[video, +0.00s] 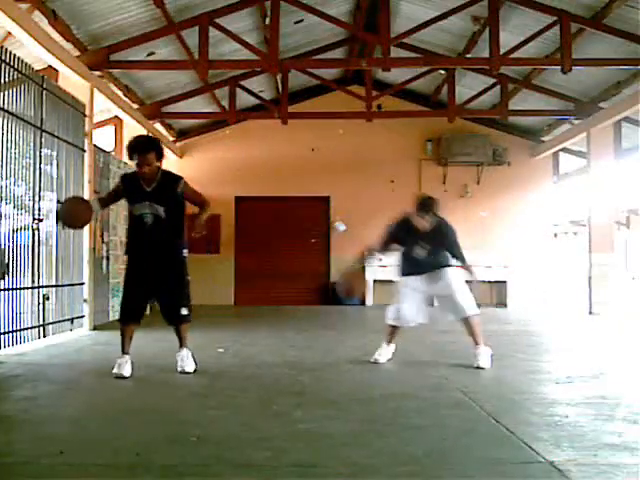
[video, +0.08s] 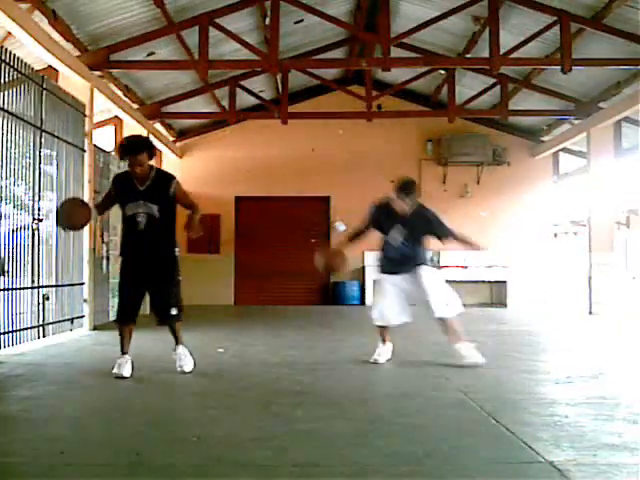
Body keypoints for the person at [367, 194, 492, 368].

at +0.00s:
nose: (424, 223)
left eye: (428, 220)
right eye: (421, 219)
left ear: (434, 217)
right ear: (415, 214)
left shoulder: (442, 227)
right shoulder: (405, 225)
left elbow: (455, 249)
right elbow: (389, 241)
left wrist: (466, 267)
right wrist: (379, 250)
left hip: (442, 273)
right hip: (412, 276)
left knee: (465, 307)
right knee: (399, 312)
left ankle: (481, 348)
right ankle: (387, 346)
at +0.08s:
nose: (402, 205)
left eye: (406, 202)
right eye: (400, 200)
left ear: (413, 200)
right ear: (395, 196)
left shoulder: (422, 215)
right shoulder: (383, 210)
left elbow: (448, 235)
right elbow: (364, 229)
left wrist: (472, 245)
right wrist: (343, 244)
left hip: (418, 269)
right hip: (389, 272)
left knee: (440, 304)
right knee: (381, 311)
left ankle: (460, 344)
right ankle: (385, 345)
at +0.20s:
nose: (381, 189)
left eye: (386, 185)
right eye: (379, 184)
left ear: (395, 183)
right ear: (375, 180)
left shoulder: (405, 200)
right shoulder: (367, 196)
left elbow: (440, 221)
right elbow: (351, 221)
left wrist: (477, 236)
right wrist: (329, 235)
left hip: (399, 260)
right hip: (370, 262)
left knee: (412, 301)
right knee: (367, 306)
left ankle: (418, 345)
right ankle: (375, 344)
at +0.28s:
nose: (359, 180)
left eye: (363, 176)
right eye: (357, 175)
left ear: (373, 175)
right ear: (354, 174)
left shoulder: (386, 192)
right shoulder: (349, 193)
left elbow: (411, 213)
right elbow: (340, 224)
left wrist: (430, 226)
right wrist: (322, 239)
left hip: (381, 260)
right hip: (353, 259)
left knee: (383, 307)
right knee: (342, 303)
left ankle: (380, 345)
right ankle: (346, 340)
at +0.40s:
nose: (337, 181)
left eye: (341, 176)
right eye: (335, 177)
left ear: (349, 175)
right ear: (332, 176)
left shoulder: (366, 192)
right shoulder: (330, 200)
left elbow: (386, 220)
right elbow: (327, 234)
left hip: (366, 265)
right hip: (338, 263)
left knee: (368, 308)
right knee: (318, 308)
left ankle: (375, 347)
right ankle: (310, 349)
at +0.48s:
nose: (311, 189)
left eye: (314, 183)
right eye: (308, 184)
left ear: (325, 181)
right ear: (306, 186)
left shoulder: (345, 196)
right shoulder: (312, 210)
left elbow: (363, 229)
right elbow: (309, 248)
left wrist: (362, 260)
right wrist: (298, 280)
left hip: (352, 266)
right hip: (325, 268)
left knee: (359, 308)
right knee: (302, 311)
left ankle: (367, 343)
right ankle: (296, 350)